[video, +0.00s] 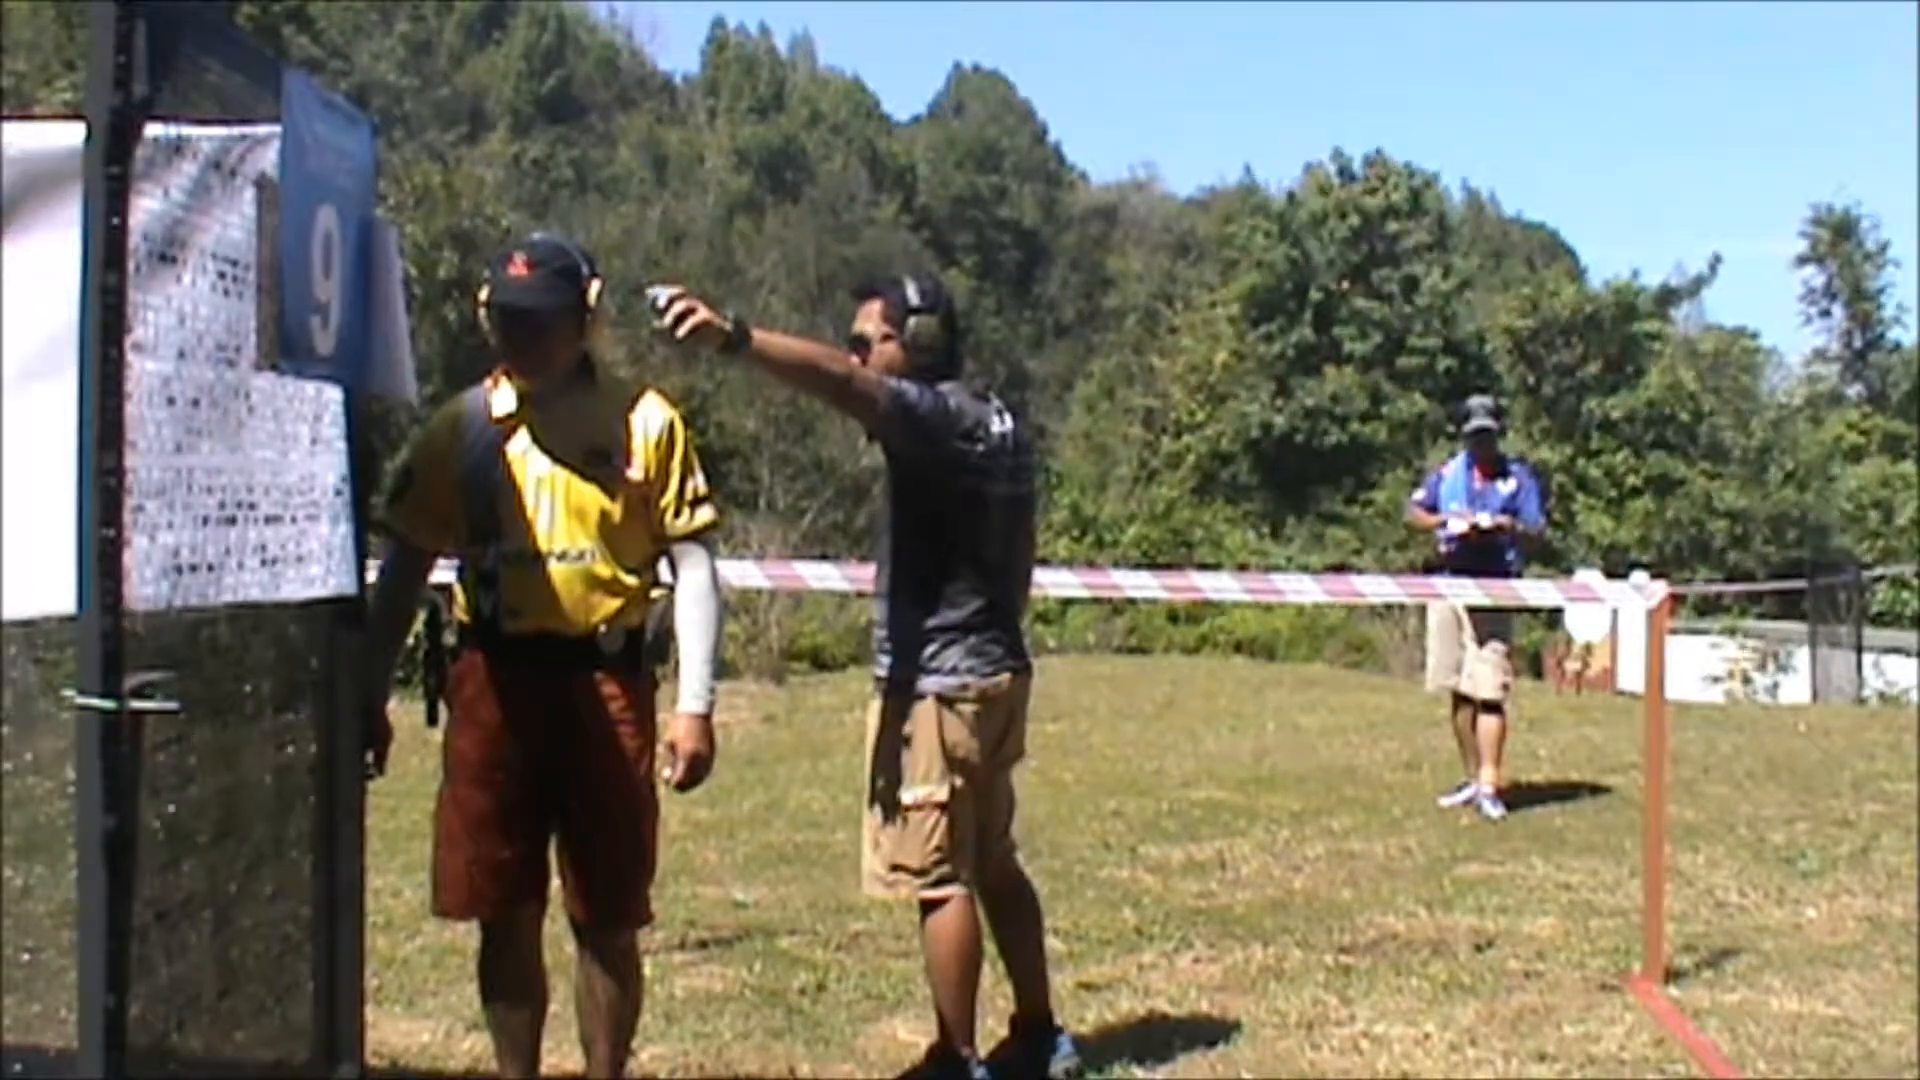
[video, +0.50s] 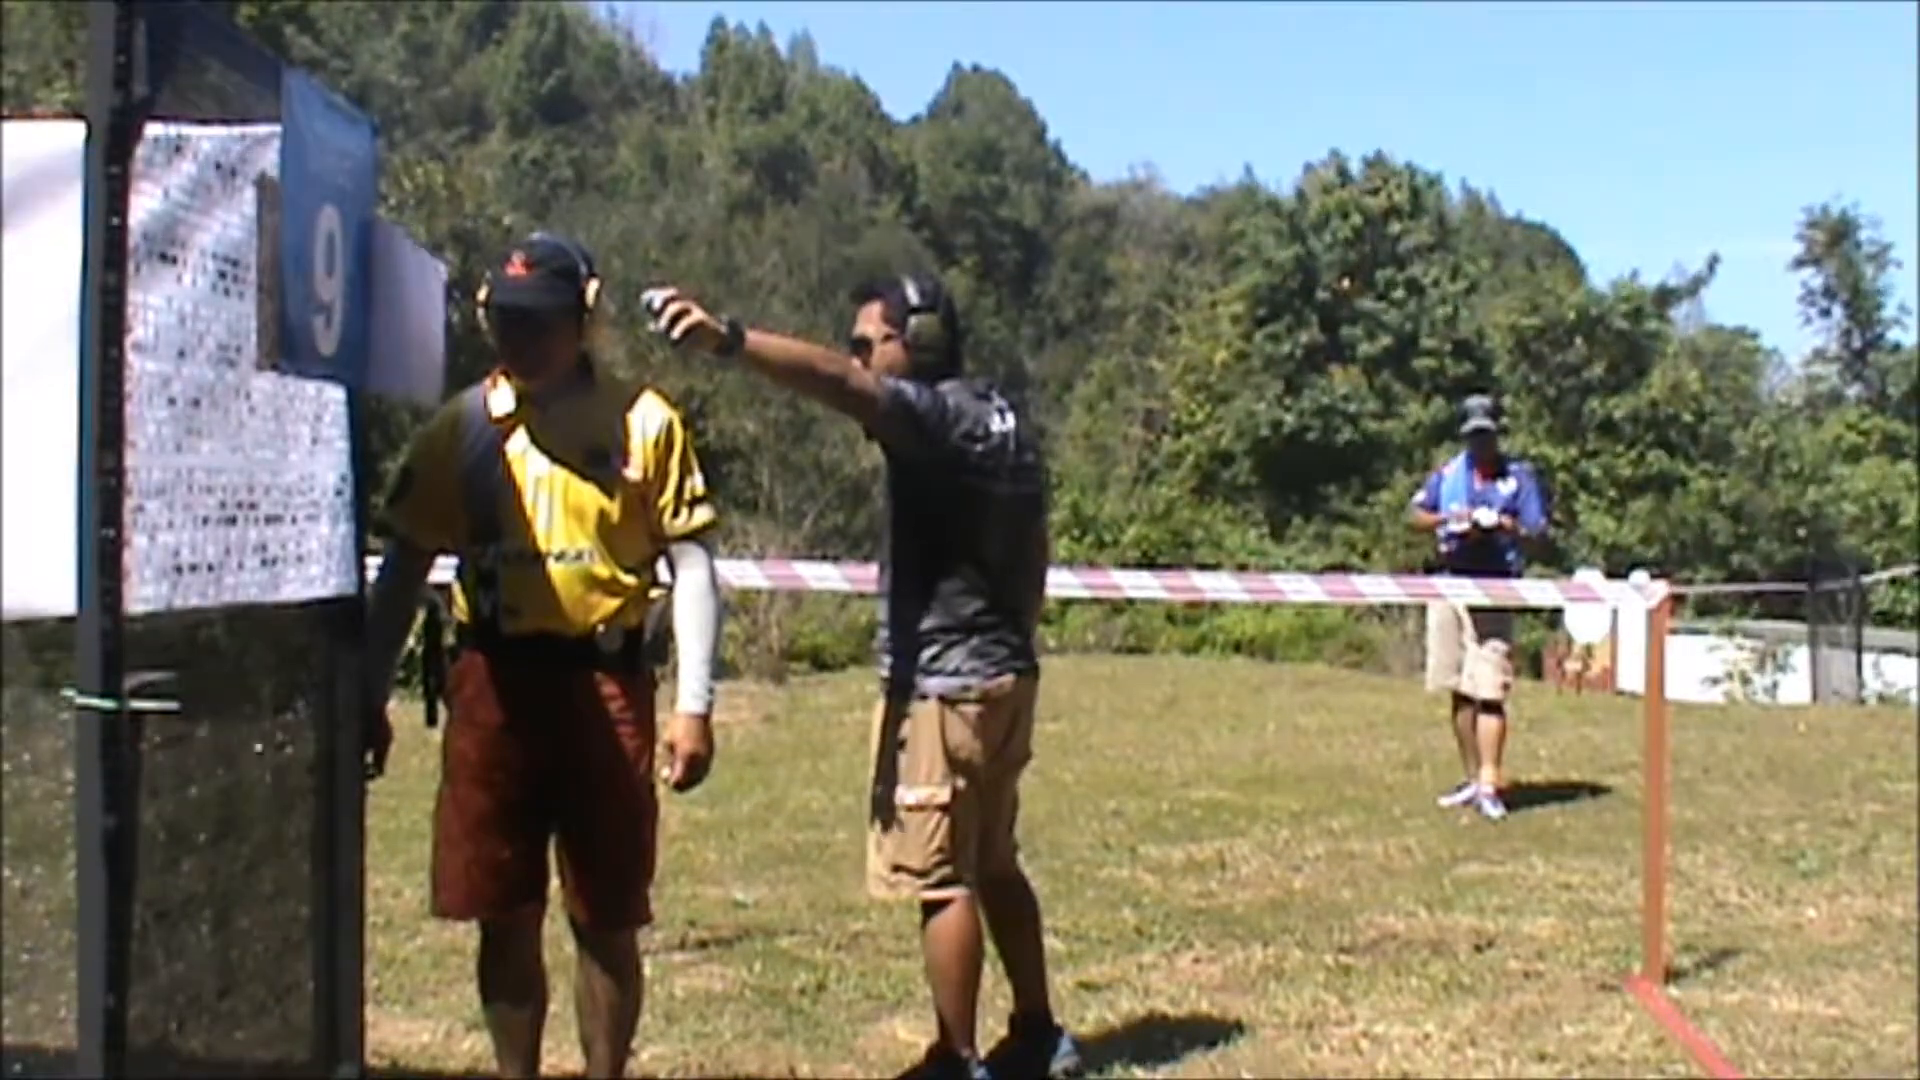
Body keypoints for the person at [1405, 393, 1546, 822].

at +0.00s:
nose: (1482, 443)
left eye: (1488, 435)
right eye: (1474, 436)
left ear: (1501, 436)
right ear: (1463, 437)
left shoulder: (1520, 479)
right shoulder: (1447, 474)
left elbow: (1537, 535)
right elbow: (1415, 512)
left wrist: (1506, 526)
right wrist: (1444, 522)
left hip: (1494, 589)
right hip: (1450, 588)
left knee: (1490, 690)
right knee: (1459, 689)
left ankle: (1489, 783)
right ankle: (1471, 776)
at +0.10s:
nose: (1481, 443)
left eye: (1488, 435)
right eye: (1474, 436)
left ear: (1500, 436)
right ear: (1463, 437)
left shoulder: (1519, 477)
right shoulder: (1450, 472)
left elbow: (1537, 535)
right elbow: (1415, 511)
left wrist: (1506, 526)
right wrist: (1445, 523)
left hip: (1494, 588)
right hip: (1450, 587)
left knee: (1490, 690)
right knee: (1459, 689)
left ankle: (1489, 783)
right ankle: (1471, 776)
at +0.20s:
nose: (1482, 443)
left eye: (1488, 435)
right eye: (1475, 436)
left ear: (1500, 436)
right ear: (1464, 437)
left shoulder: (1519, 477)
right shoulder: (1450, 472)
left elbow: (1538, 535)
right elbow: (1416, 510)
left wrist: (1505, 525)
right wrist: (1444, 522)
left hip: (1494, 588)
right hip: (1450, 587)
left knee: (1490, 690)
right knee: (1459, 689)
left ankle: (1489, 782)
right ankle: (1471, 776)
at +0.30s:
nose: (1481, 444)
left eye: (1488, 435)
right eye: (1474, 436)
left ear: (1499, 436)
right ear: (1464, 437)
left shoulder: (1519, 477)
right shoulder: (1450, 472)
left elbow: (1539, 537)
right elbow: (1416, 512)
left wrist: (1507, 527)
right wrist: (1446, 521)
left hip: (1495, 588)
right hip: (1450, 587)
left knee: (1490, 690)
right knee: (1459, 689)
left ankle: (1489, 782)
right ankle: (1471, 776)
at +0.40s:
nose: (1481, 443)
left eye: (1488, 435)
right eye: (1474, 435)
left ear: (1500, 436)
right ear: (1464, 437)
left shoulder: (1519, 478)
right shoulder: (1450, 472)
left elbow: (1538, 538)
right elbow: (1417, 513)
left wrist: (1506, 525)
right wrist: (1446, 521)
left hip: (1494, 589)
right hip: (1450, 588)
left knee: (1490, 691)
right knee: (1460, 689)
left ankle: (1489, 782)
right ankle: (1471, 776)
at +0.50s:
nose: (1481, 443)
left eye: (1487, 435)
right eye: (1474, 436)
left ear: (1499, 436)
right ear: (1464, 437)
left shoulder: (1519, 477)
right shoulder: (1450, 472)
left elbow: (1539, 538)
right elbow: (1417, 514)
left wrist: (1508, 526)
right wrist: (1448, 520)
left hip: (1495, 589)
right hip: (1450, 588)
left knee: (1490, 691)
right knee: (1459, 690)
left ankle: (1489, 782)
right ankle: (1471, 776)